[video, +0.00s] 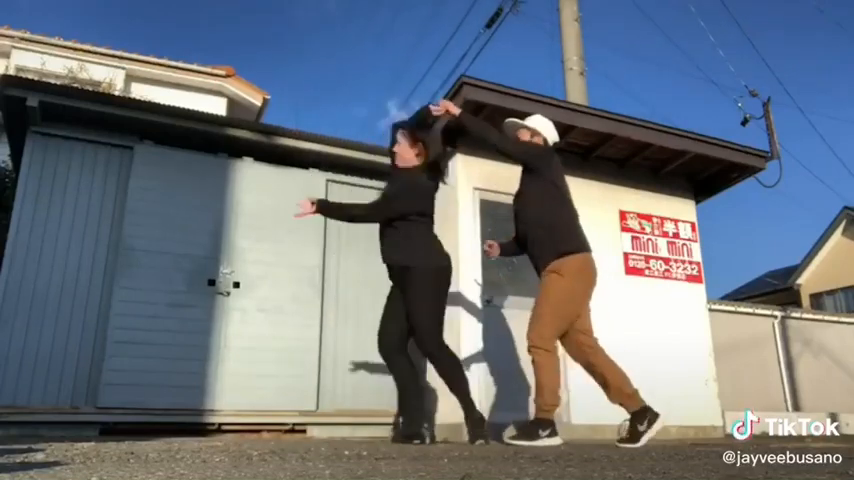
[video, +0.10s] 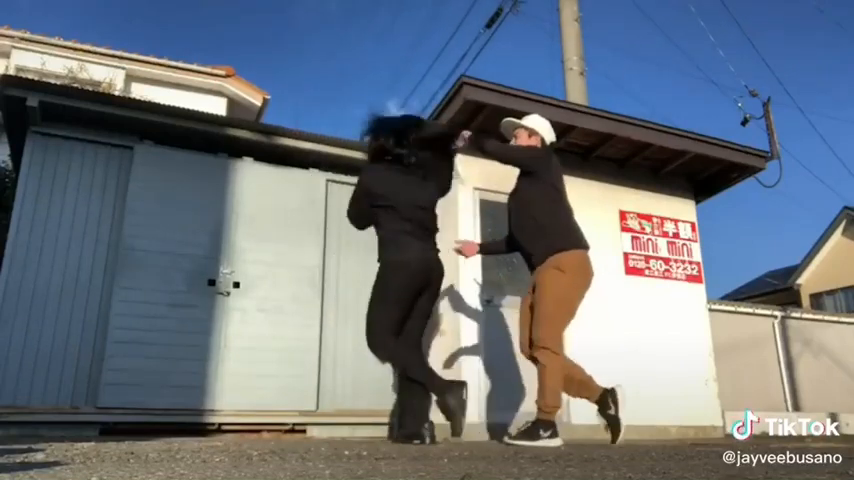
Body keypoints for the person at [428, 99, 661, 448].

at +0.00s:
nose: (517, 136)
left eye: (524, 132)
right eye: (518, 131)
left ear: (541, 139)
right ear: (527, 137)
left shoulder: (542, 159)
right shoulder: (527, 185)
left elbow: (502, 141)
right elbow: (529, 240)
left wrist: (458, 115)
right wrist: (502, 248)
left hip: (569, 266)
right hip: (564, 269)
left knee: (540, 340)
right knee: (581, 345)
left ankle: (544, 423)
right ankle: (640, 411)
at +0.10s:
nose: (513, 138)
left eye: (519, 133)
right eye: (514, 134)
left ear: (537, 139)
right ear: (529, 140)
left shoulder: (543, 159)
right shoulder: (523, 191)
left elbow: (506, 153)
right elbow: (518, 243)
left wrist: (472, 140)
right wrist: (480, 248)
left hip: (565, 262)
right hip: (545, 270)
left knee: (547, 343)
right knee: (531, 346)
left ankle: (545, 423)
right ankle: (601, 396)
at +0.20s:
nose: (510, 140)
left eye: (517, 135)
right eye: (512, 135)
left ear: (535, 140)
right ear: (526, 141)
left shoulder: (545, 162)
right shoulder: (519, 194)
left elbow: (503, 154)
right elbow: (508, 241)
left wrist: (490, 158)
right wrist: (467, 240)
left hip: (559, 264)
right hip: (532, 270)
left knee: (543, 341)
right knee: (504, 331)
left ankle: (548, 420)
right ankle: (554, 388)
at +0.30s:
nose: (509, 138)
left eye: (516, 132)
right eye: (509, 134)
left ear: (534, 136)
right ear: (518, 141)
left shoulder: (545, 164)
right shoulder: (514, 191)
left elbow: (533, 148)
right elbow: (502, 238)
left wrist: (504, 162)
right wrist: (463, 231)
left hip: (551, 265)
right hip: (520, 270)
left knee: (538, 342)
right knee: (490, 326)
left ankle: (545, 423)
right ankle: (518, 403)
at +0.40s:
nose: (512, 149)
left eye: (517, 141)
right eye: (511, 143)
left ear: (534, 139)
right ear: (513, 147)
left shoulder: (552, 165)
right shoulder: (511, 188)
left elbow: (554, 135)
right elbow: (502, 235)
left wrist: (508, 138)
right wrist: (464, 226)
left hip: (544, 267)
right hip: (512, 269)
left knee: (527, 341)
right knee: (490, 331)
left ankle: (543, 422)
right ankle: (503, 415)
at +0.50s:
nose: (512, 149)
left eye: (518, 142)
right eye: (510, 144)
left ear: (536, 144)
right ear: (512, 150)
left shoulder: (559, 174)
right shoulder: (508, 192)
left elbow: (545, 155)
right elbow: (499, 237)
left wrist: (511, 129)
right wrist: (462, 222)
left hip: (546, 269)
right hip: (511, 270)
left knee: (517, 334)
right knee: (495, 338)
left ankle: (540, 416)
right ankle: (511, 417)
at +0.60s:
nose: (515, 148)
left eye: (520, 142)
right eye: (514, 143)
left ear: (540, 144)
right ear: (517, 148)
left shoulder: (561, 175)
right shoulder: (510, 193)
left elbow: (556, 213)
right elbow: (495, 237)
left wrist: (525, 180)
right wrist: (459, 222)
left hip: (555, 269)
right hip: (518, 274)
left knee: (531, 328)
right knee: (501, 341)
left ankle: (563, 404)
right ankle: (513, 421)